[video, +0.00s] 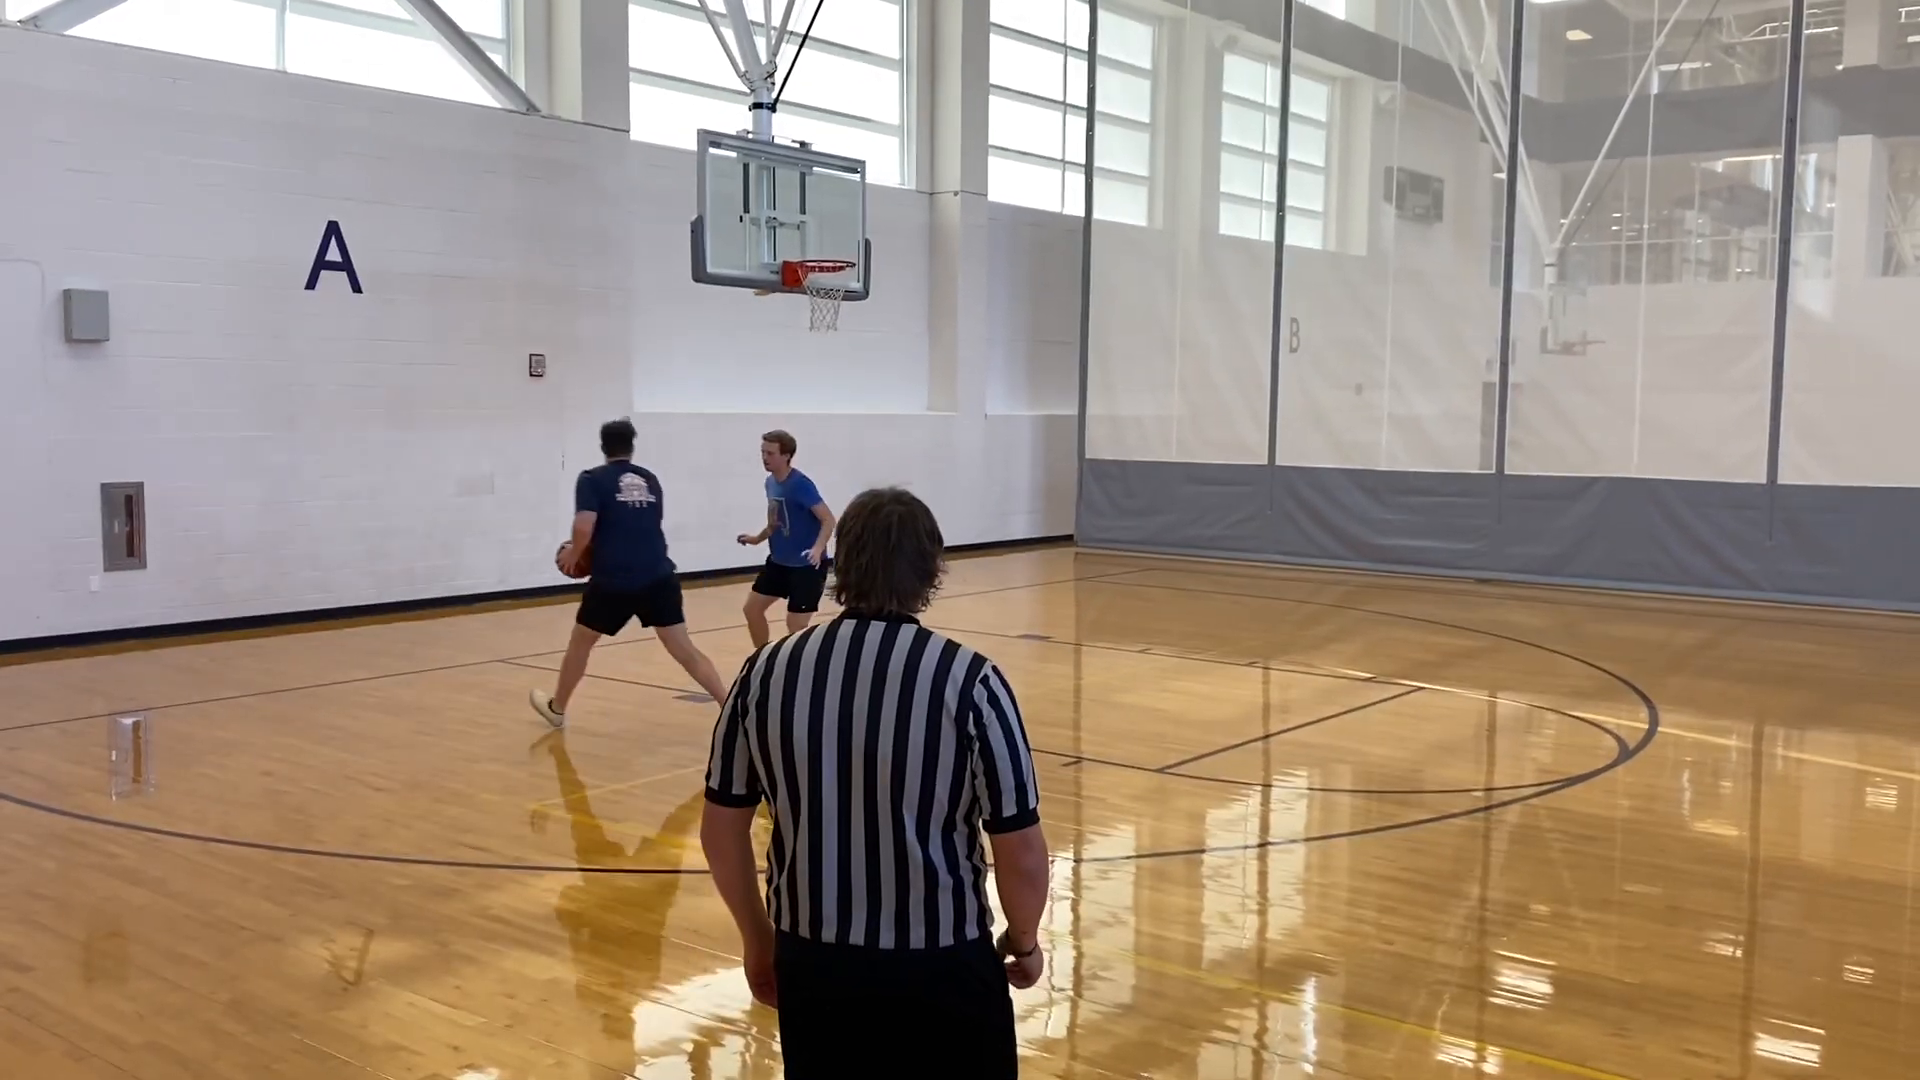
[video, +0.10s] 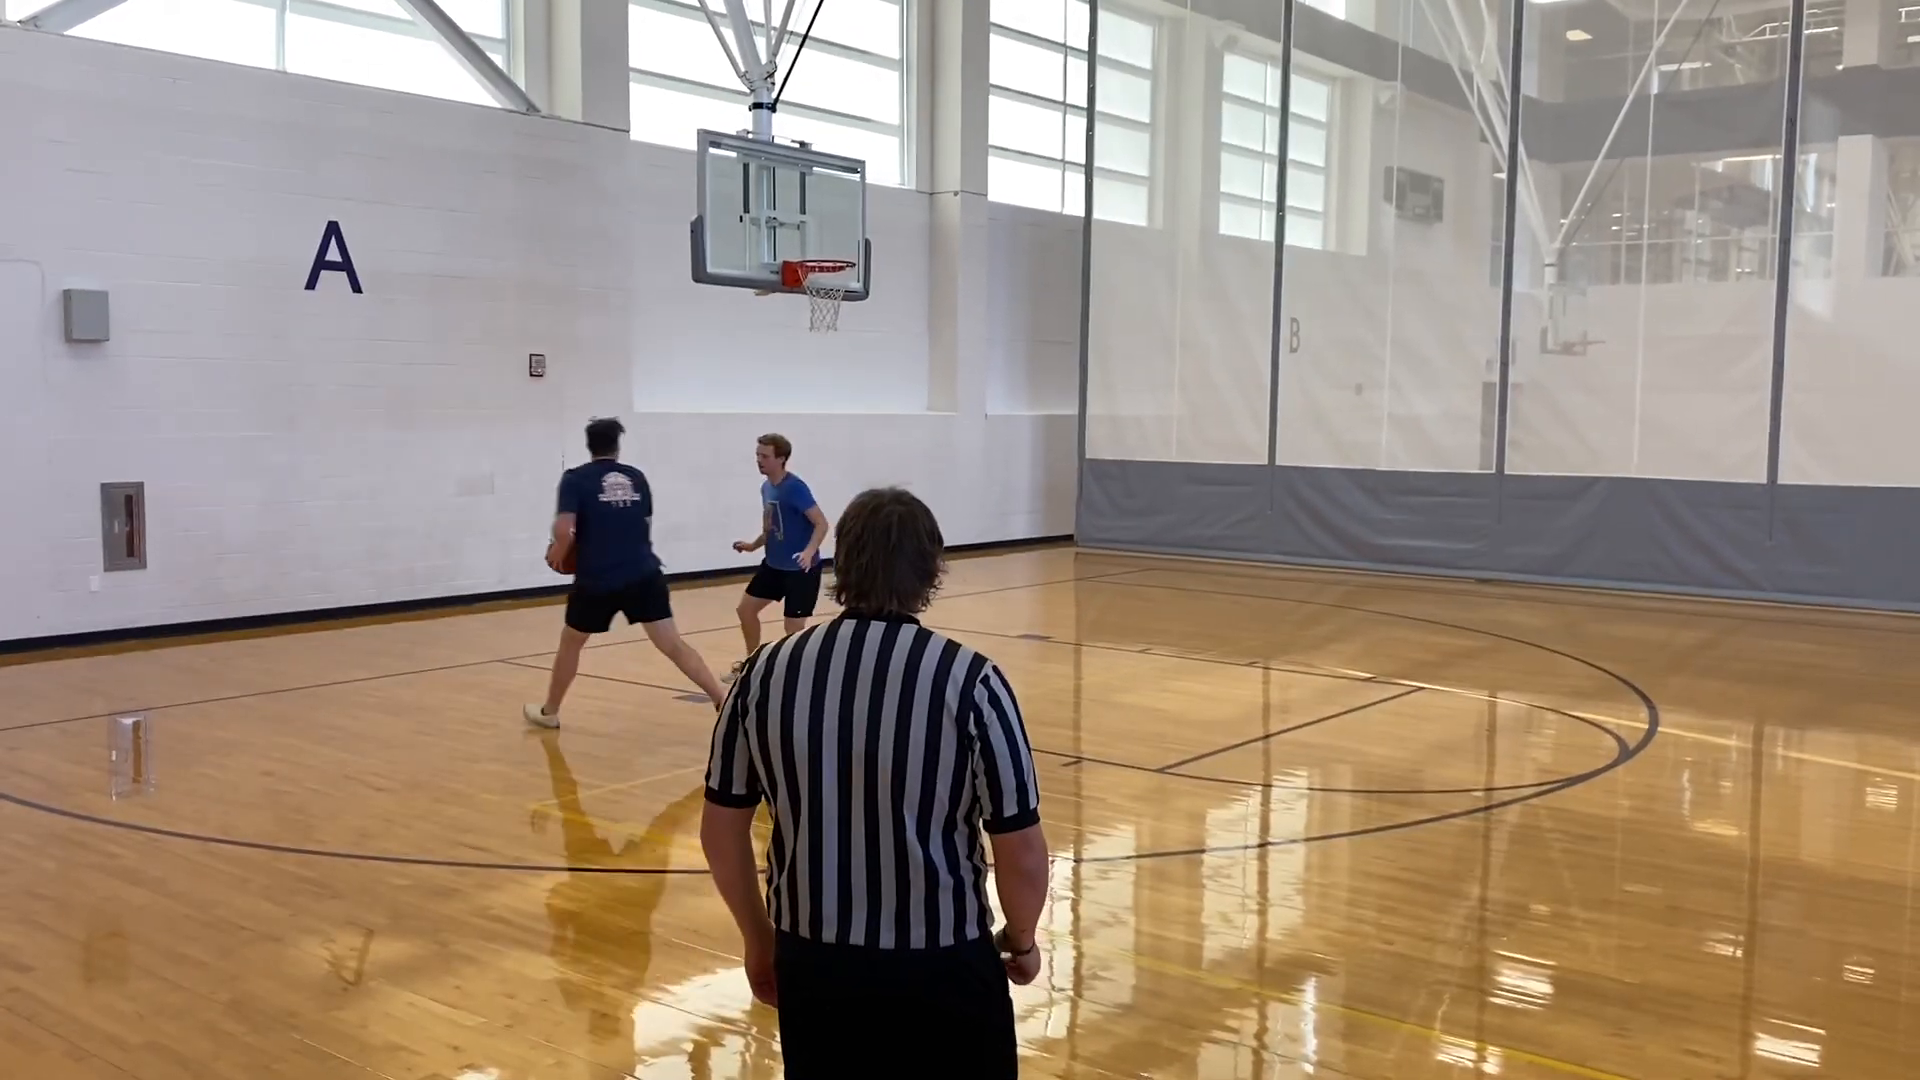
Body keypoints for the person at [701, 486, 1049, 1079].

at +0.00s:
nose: (939, 570)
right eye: (935, 557)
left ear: (841, 564)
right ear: (931, 569)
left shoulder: (765, 671)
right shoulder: (970, 680)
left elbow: (721, 830)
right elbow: (1021, 853)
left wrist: (756, 937)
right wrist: (1024, 938)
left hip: (813, 973)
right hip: (947, 976)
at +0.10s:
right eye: (935, 557)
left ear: (842, 564)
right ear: (931, 569)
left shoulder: (764, 671)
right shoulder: (971, 680)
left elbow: (721, 831)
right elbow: (1022, 853)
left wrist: (757, 938)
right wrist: (1021, 937)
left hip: (814, 972)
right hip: (948, 974)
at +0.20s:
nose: (939, 570)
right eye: (936, 557)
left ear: (842, 564)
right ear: (931, 569)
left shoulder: (763, 672)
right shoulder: (971, 680)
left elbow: (721, 832)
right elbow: (1022, 851)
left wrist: (757, 936)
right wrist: (1019, 934)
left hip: (814, 972)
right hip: (948, 974)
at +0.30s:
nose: (938, 570)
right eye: (935, 557)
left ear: (842, 564)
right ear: (930, 569)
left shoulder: (766, 671)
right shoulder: (971, 680)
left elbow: (721, 831)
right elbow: (1024, 854)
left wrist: (758, 933)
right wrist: (1014, 929)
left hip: (815, 972)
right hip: (949, 974)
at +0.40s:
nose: (938, 572)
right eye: (935, 560)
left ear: (841, 567)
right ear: (930, 572)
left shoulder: (764, 674)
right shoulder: (970, 681)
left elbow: (720, 836)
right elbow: (1027, 856)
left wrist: (758, 938)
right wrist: (1011, 922)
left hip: (814, 975)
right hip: (947, 976)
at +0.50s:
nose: (938, 572)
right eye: (934, 560)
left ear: (841, 568)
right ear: (927, 572)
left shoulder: (764, 675)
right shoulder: (968, 681)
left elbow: (719, 835)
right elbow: (1031, 855)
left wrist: (758, 935)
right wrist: (1010, 908)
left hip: (813, 975)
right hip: (946, 975)